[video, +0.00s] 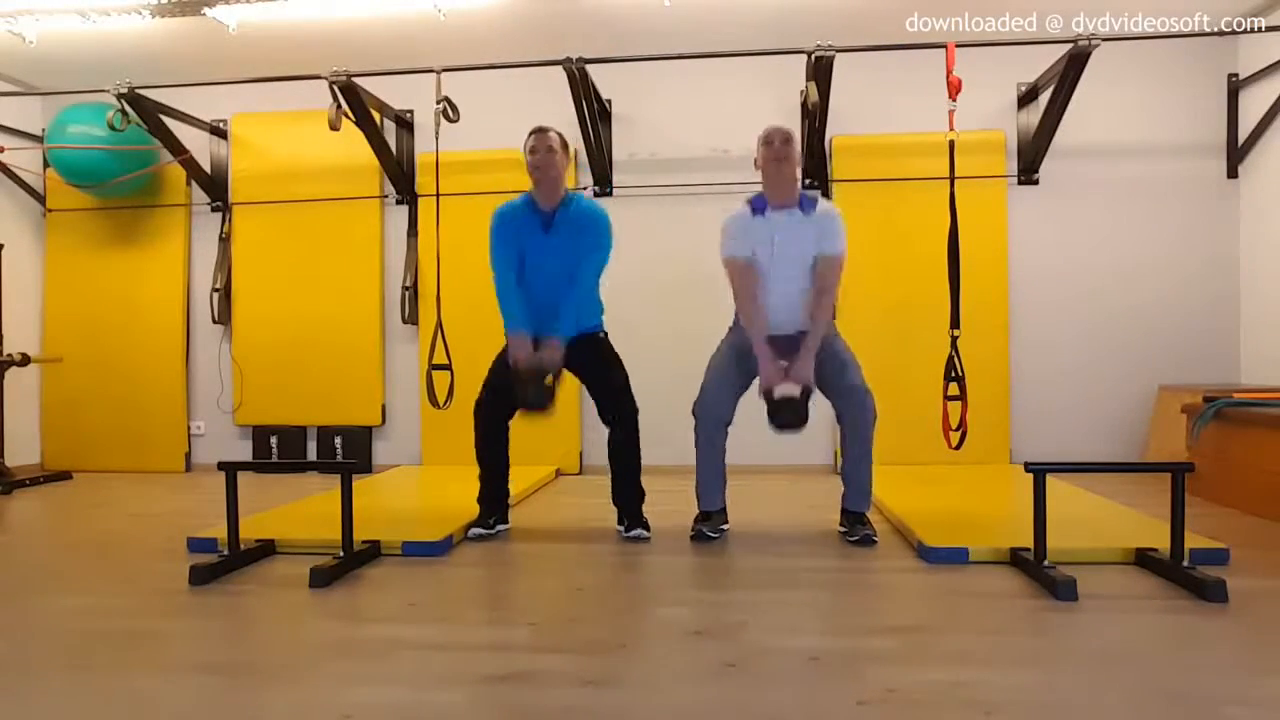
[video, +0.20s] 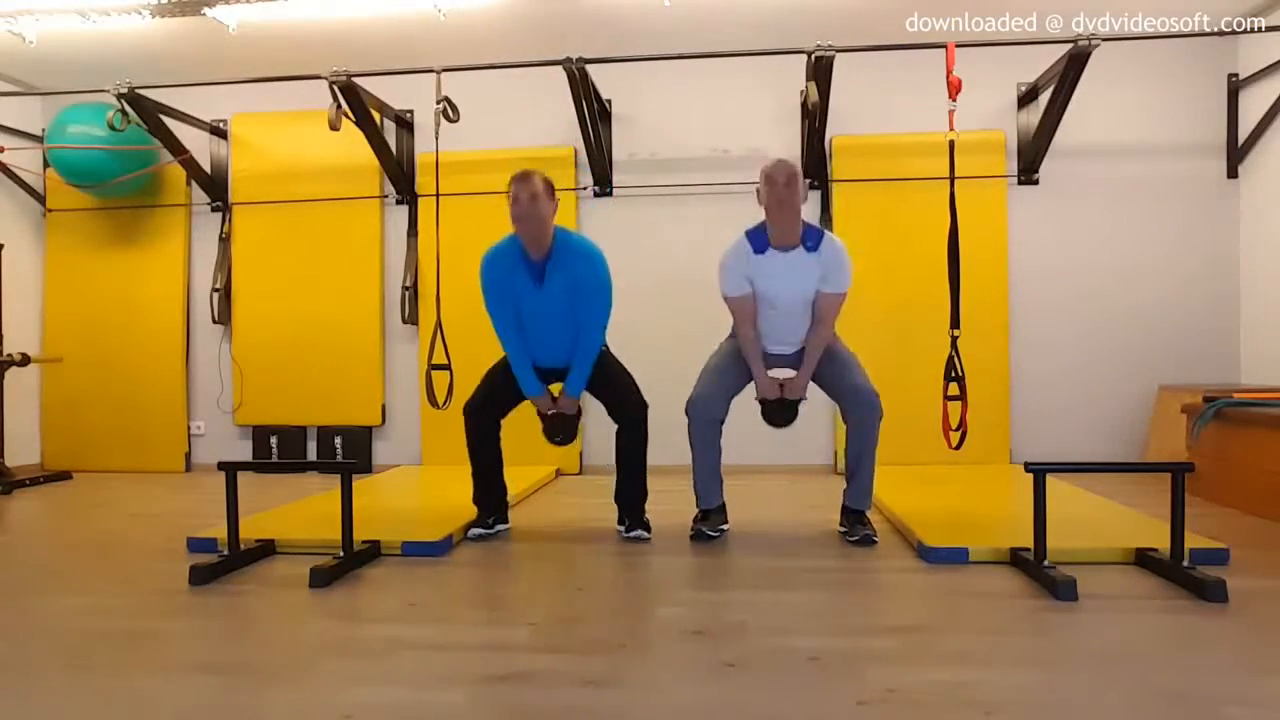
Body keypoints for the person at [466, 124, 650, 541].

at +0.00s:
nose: (543, 156)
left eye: (551, 150)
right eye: (536, 151)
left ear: (567, 161)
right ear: (525, 164)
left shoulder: (593, 218)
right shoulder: (507, 217)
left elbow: (585, 284)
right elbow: (505, 281)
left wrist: (560, 338)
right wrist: (517, 335)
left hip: (581, 335)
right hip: (525, 336)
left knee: (622, 410)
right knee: (489, 411)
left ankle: (631, 514)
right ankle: (493, 512)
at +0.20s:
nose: (520, 207)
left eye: (530, 199)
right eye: (514, 199)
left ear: (552, 205)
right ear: (508, 208)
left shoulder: (587, 258)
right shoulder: (496, 263)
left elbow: (591, 335)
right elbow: (511, 339)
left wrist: (571, 394)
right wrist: (542, 400)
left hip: (584, 359)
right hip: (527, 362)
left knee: (633, 412)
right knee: (478, 413)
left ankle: (632, 515)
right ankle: (493, 514)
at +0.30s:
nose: (519, 231)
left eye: (528, 222)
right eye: (512, 223)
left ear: (550, 225)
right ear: (506, 229)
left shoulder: (584, 271)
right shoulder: (494, 277)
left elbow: (590, 342)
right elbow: (509, 345)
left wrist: (572, 394)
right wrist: (536, 396)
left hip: (583, 364)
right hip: (525, 367)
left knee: (629, 413)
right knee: (474, 414)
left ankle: (632, 515)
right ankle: (491, 514)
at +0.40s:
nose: (522, 221)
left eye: (532, 212)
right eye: (514, 214)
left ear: (551, 217)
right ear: (507, 221)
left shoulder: (584, 266)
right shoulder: (493, 270)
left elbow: (588, 339)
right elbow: (506, 341)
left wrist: (568, 395)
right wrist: (532, 394)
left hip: (581, 363)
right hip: (523, 365)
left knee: (624, 413)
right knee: (472, 413)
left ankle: (631, 515)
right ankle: (491, 514)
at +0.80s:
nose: (538, 135)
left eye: (547, 129)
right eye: (532, 130)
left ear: (565, 141)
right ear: (523, 142)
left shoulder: (586, 183)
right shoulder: (505, 184)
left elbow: (569, 204)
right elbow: (495, 211)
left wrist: (521, 221)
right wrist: (506, 226)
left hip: (568, 316)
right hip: (516, 314)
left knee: (598, 417)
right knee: (499, 416)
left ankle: (628, 515)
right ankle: (491, 514)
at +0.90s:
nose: (541, 136)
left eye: (550, 131)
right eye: (534, 131)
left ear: (566, 143)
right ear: (525, 143)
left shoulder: (586, 179)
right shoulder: (512, 182)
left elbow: (585, 185)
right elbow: (495, 195)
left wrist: (539, 164)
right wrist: (496, 165)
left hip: (569, 314)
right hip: (516, 312)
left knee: (597, 416)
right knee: (501, 415)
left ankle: (628, 515)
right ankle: (492, 514)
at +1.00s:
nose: (543, 136)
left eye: (550, 129)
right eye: (536, 133)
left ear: (565, 136)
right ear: (527, 141)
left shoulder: (589, 178)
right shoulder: (515, 181)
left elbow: (556, 150)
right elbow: (489, 182)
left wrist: (540, 129)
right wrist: (494, 140)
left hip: (571, 312)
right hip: (519, 310)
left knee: (598, 414)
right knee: (505, 414)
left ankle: (629, 516)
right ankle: (493, 514)